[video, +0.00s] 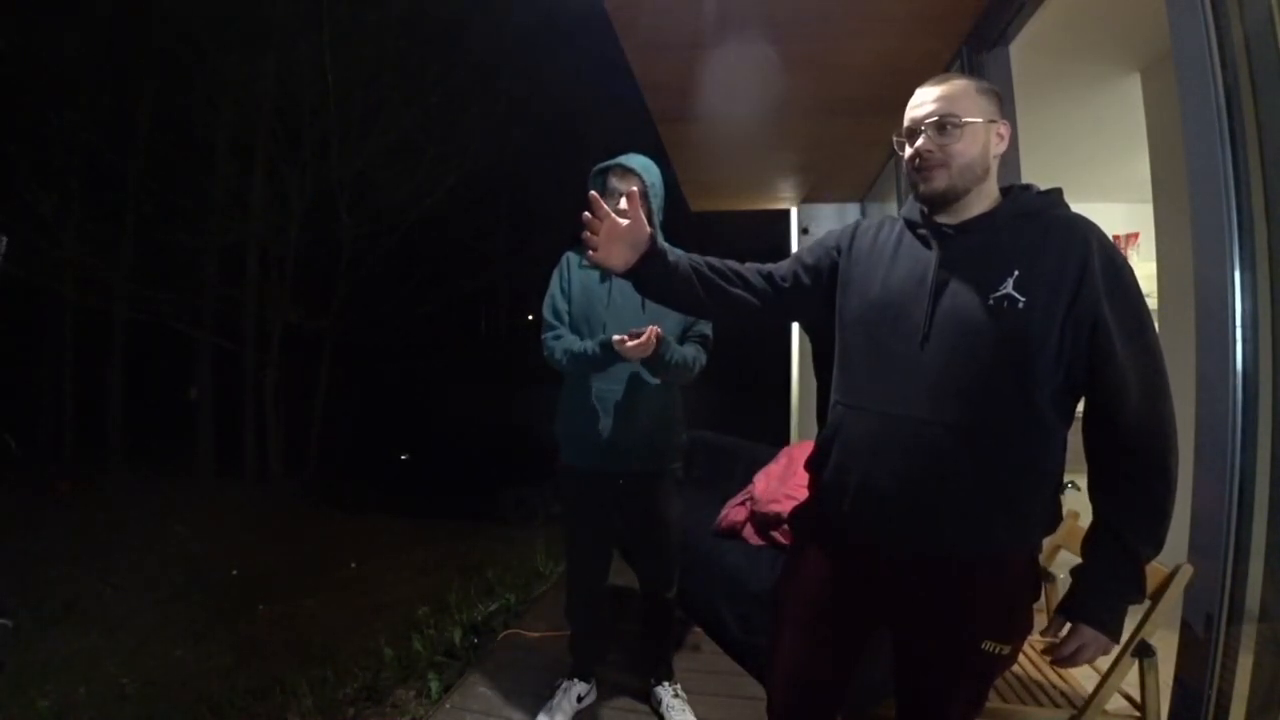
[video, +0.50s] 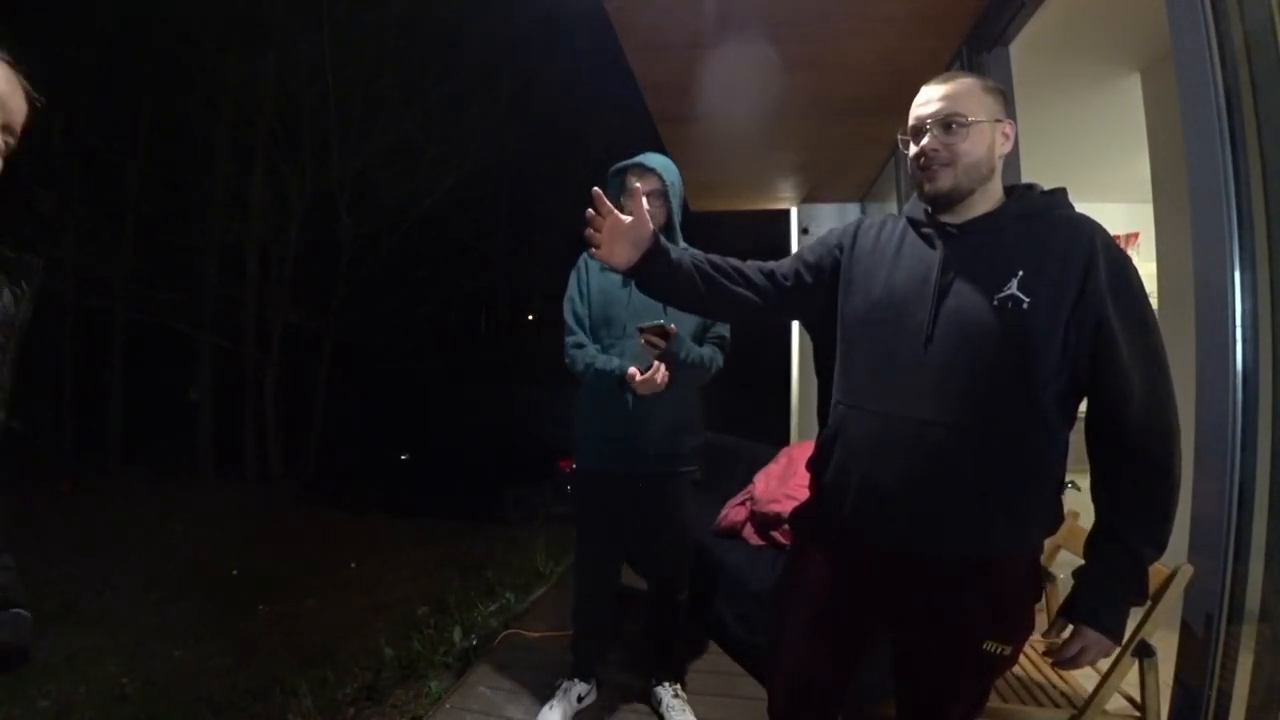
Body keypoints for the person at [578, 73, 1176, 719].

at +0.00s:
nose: (914, 145)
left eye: (939, 127)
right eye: (907, 135)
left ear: (999, 138)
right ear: (899, 153)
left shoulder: (1071, 250)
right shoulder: (859, 244)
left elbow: (1136, 431)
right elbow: (761, 288)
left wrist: (1104, 590)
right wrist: (649, 259)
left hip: (974, 561)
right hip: (840, 544)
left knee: (936, 711)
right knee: (799, 704)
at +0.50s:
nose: (920, 143)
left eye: (946, 126)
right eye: (913, 133)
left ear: (1004, 136)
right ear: (905, 150)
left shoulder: (1075, 250)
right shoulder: (861, 242)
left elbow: (1140, 435)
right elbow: (761, 286)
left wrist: (1105, 596)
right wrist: (652, 256)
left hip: (976, 561)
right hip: (842, 542)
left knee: (938, 710)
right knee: (801, 703)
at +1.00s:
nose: (923, 141)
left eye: (948, 123)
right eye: (913, 128)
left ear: (1005, 135)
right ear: (903, 144)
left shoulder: (1073, 250)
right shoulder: (853, 238)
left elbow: (1135, 431)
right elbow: (746, 282)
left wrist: (1109, 587)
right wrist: (635, 254)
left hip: (979, 561)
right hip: (843, 546)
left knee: (938, 707)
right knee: (804, 703)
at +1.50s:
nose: (891, 136)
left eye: (914, 121)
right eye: (878, 126)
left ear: (964, 135)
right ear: (864, 149)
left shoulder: (1028, 246)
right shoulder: (811, 240)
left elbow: (1098, 410)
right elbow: (706, 292)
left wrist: (1094, 556)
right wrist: (582, 256)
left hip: (968, 564)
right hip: (830, 557)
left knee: (924, 708)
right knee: (812, 707)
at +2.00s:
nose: (872, 125)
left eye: (892, 110)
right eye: (855, 117)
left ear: (930, 134)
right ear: (837, 145)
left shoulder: (1001, 248)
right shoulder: (786, 244)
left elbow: (1060, 405)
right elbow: (702, 340)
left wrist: (1049, 545)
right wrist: (632, 367)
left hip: (951, 549)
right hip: (813, 546)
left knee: (916, 709)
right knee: (806, 708)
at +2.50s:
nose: (925, 125)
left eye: (947, 115)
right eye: (908, 119)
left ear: (982, 143)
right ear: (887, 149)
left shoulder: (1037, 255)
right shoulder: (828, 238)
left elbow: (1092, 415)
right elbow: (758, 329)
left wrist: (1083, 553)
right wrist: (716, 329)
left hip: (966, 551)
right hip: (829, 539)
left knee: (927, 705)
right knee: (816, 703)